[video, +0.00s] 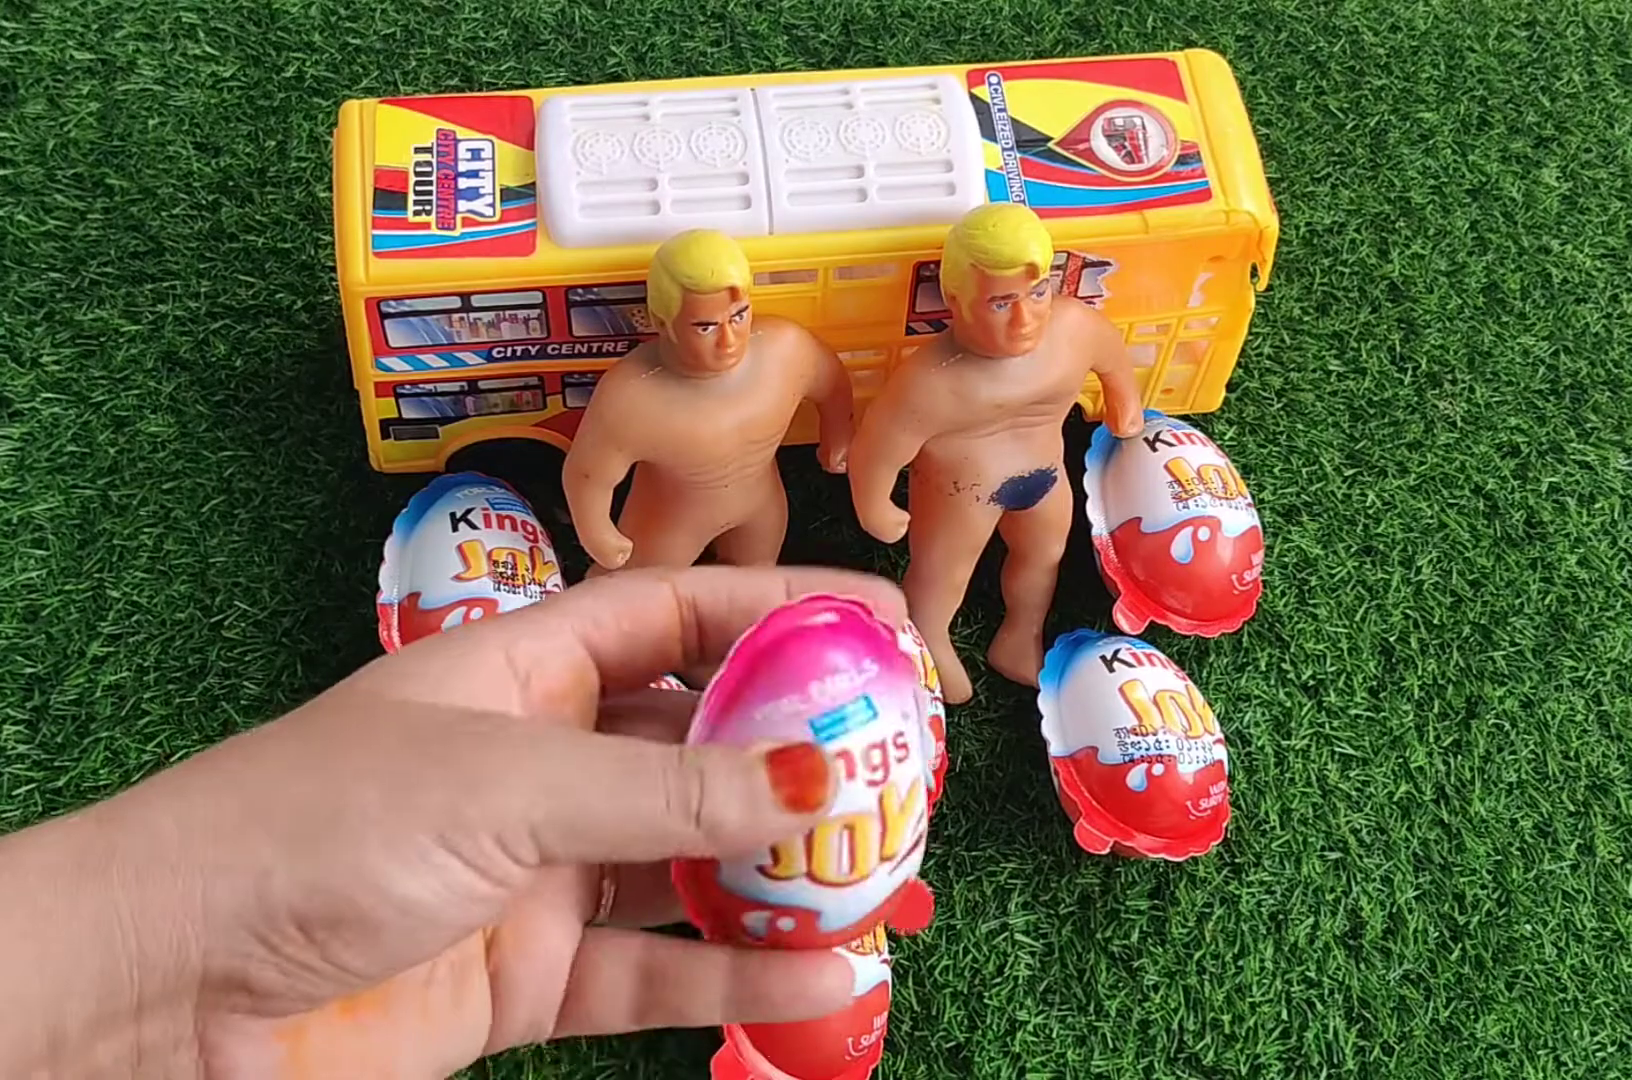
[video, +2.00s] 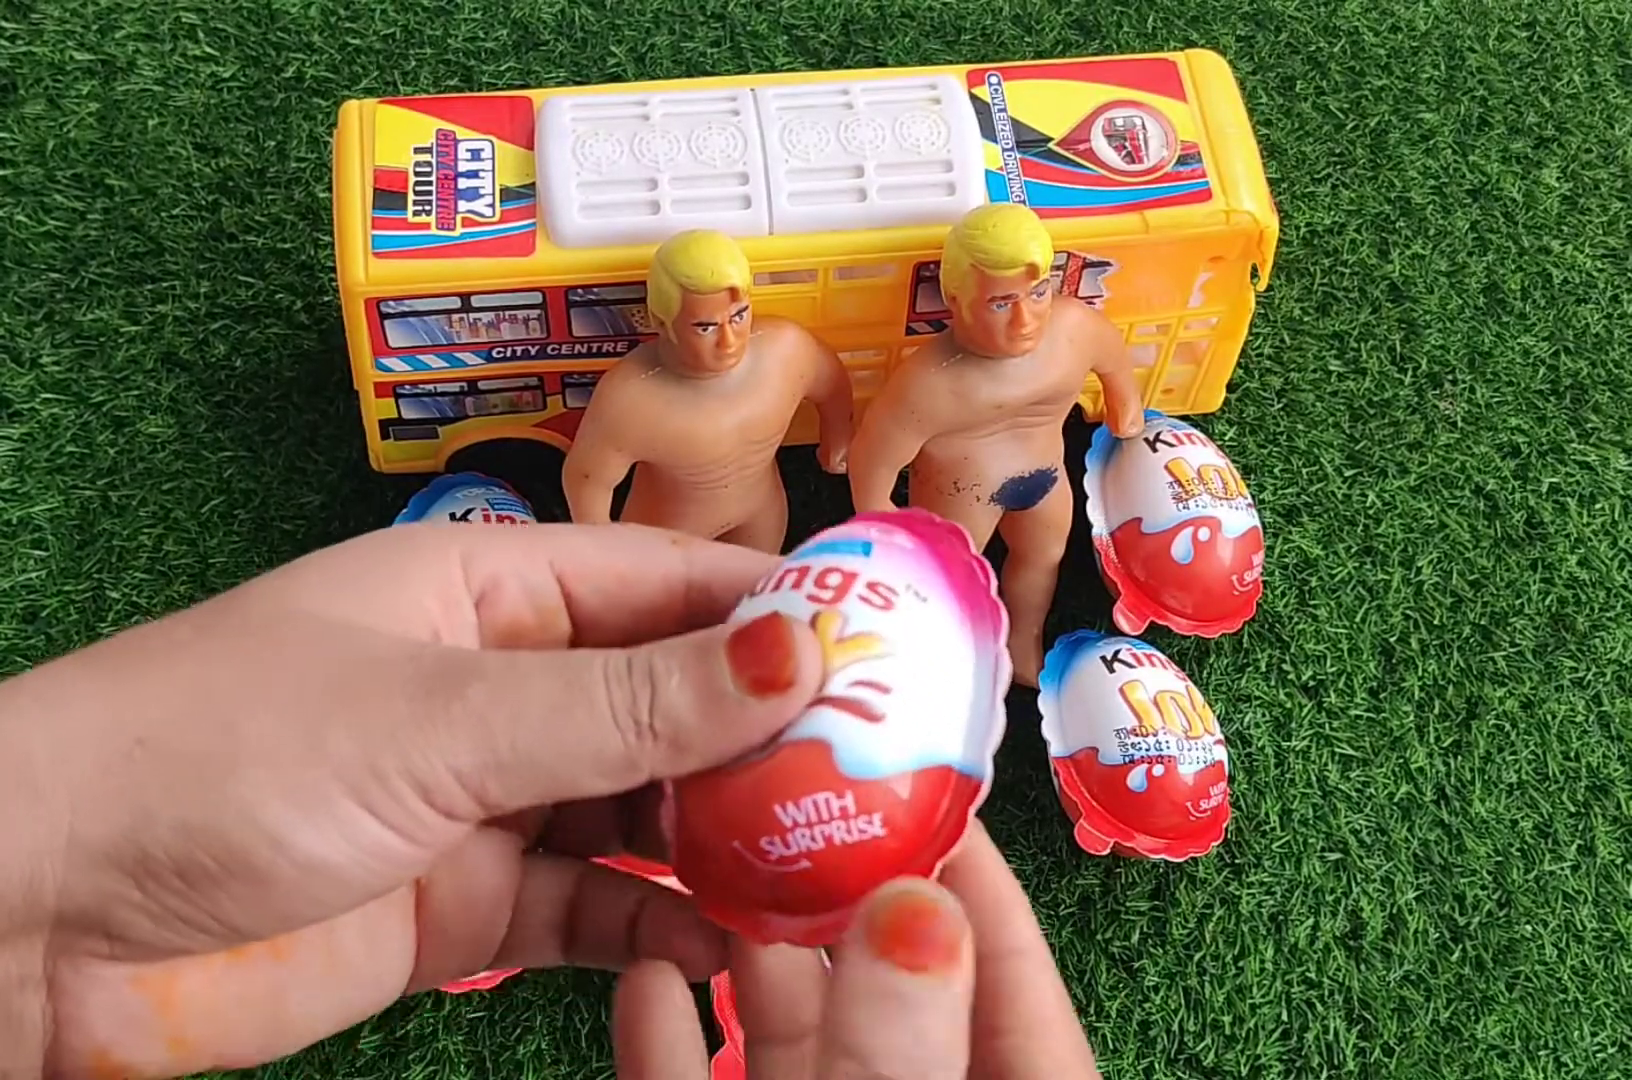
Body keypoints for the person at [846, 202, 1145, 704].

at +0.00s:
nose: (1023, 316)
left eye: (1036, 294)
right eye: (999, 302)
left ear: (1050, 284)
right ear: (953, 304)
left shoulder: (1079, 327)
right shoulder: (927, 382)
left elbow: (1113, 360)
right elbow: (874, 453)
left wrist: (1126, 408)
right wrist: (877, 514)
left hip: (1045, 475)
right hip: (959, 489)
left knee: (1041, 559)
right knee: (942, 575)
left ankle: (1021, 641)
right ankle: (930, 641)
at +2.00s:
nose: (1025, 318)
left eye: (1037, 294)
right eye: (1000, 303)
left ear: (1052, 284)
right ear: (952, 303)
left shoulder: (1079, 327)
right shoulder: (927, 382)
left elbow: (1116, 364)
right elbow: (870, 466)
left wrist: (1127, 412)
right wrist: (886, 548)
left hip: (1044, 477)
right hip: (959, 489)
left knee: (1040, 563)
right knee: (947, 571)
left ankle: (1023, 645)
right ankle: (936, 649)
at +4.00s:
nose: (1024, 317)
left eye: (1036, 295)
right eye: (1000, 303)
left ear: (1050, 283)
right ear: (953, 302)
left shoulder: (1077, 327)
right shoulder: (926, 383)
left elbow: (1114, 360)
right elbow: (874, 452)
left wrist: (1126, 409)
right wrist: (876, 512)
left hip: (1045, 477)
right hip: (959, 492)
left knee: (1041, 561)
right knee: (943, 580)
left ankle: (1020, 643)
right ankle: (931, 650)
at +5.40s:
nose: (1024, 317)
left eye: (1036, 295)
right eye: (1000, 303)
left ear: (1050, 284)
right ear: (953, 304)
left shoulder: (1078, 327)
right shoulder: (926, 384)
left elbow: (1114, 361)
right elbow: (873, 453)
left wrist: (1127, 408)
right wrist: (877, 515)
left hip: (1045, 476)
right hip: (959, 492)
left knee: (1041, 560)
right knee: (941, 576)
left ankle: (1020, 642)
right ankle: (931, 644)